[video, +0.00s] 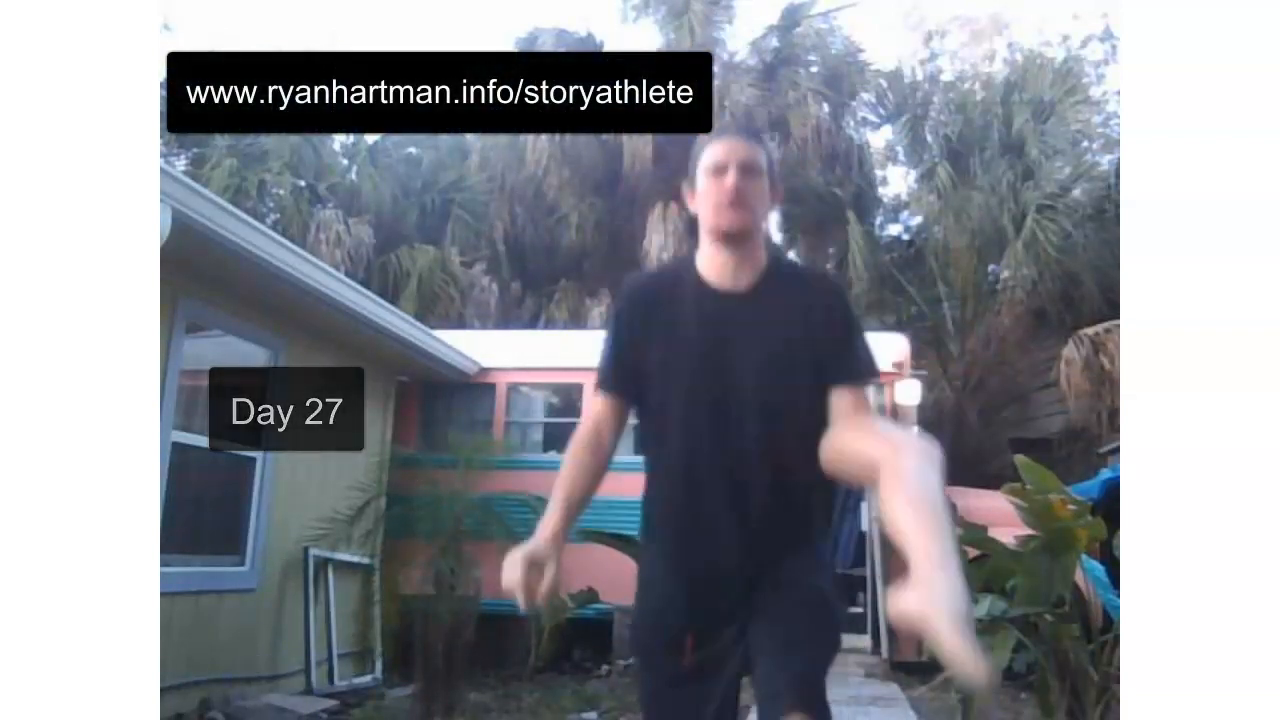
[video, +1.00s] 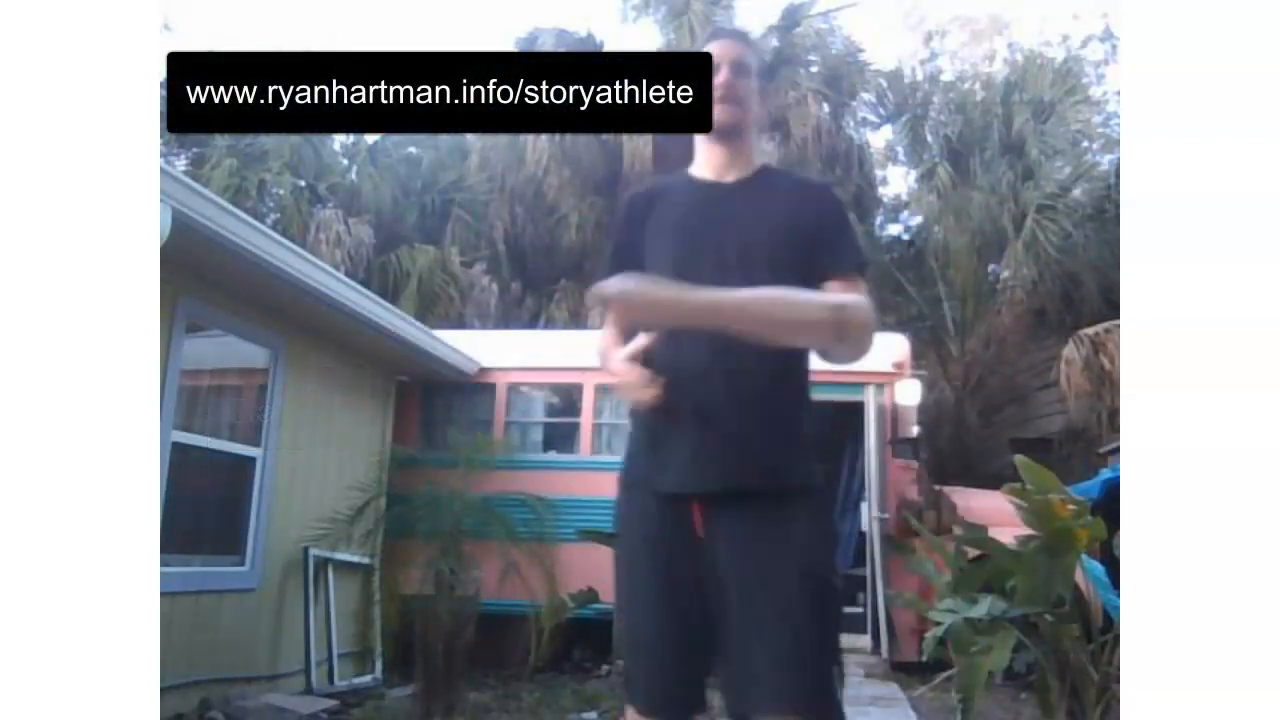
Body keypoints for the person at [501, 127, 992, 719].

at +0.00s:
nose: (734, 184)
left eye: (749, 172)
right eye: (717, 171)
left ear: (773, 196)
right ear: (689, 197)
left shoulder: (817, 297)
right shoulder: (647, 300)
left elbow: (847, 430)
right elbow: (599, 429)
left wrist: (892, 454)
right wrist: (549, 537)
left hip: (791, 570)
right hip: (681, 574)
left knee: (794, 704)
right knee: (677, 707)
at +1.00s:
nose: (725, 83)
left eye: (740, 71)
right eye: (710, 70)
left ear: (763, 95)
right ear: (687, 93)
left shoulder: (810, 202)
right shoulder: (645, 207)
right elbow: (613, 327)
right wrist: (622, 365)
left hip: (771, 483)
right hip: (657, 486)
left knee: (786, 701)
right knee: (652, 700)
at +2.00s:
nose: (748, 190)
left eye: (764, 177)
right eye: (732, 177)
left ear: (788, 198)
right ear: (707, 202)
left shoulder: (841, 310)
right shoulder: (663, 311)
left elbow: (877, 437)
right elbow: (568, 409)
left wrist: (916, 471)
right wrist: (460, 420)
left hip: (799, 566)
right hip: (692, 553)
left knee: (803, 712)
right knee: (729, 684)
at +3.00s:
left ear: (865, 7)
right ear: (770, 0)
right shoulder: (702, 119)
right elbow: (654, 261)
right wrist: (587, 379)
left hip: (827, 481)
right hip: (691, 468)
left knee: (833, 710)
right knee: (664, 700)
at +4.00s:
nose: (784, 301)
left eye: (805, 281)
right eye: (768, 278)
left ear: (831, 284)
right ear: (734, 278)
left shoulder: (871, 398)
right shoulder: (683, 380)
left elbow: (894, 537)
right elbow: (607, 493)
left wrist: (942, 639)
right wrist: (506, 588)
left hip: (795, 634)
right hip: (683, 608)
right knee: (733, 694)